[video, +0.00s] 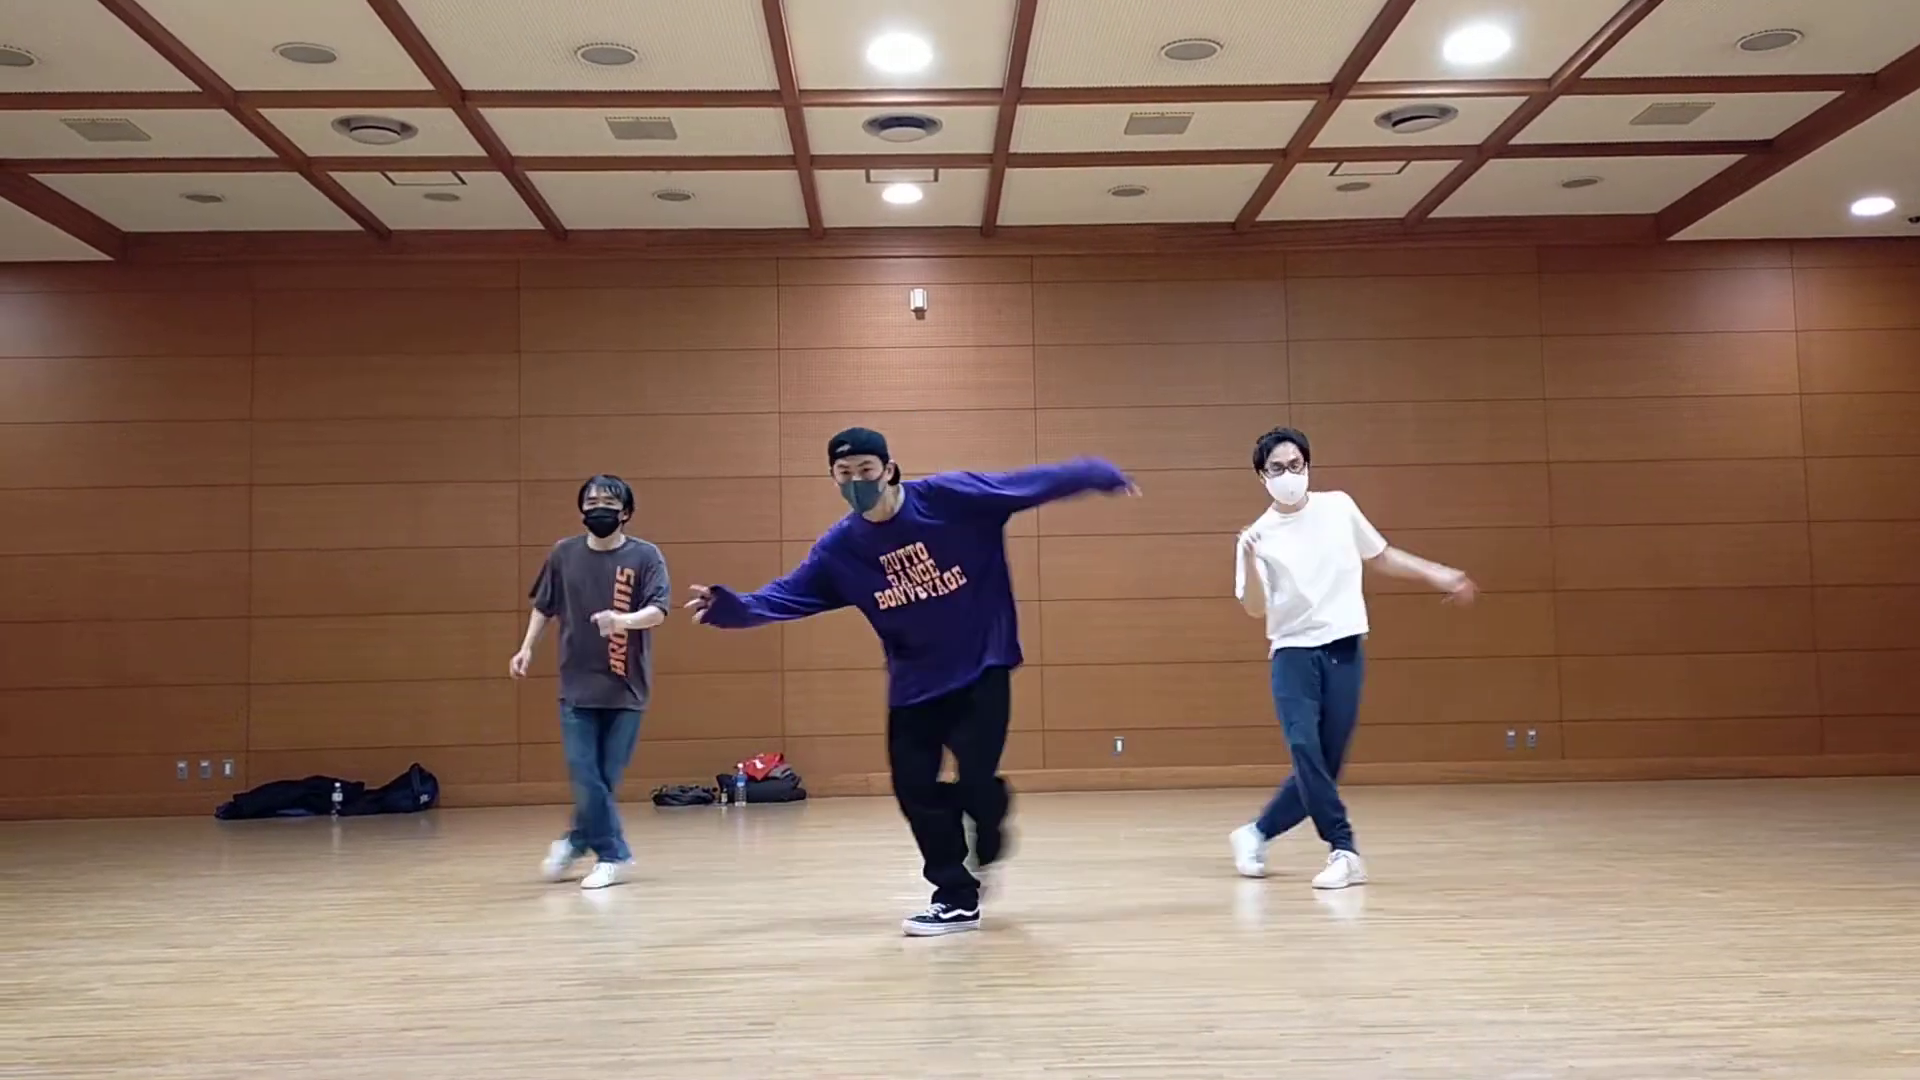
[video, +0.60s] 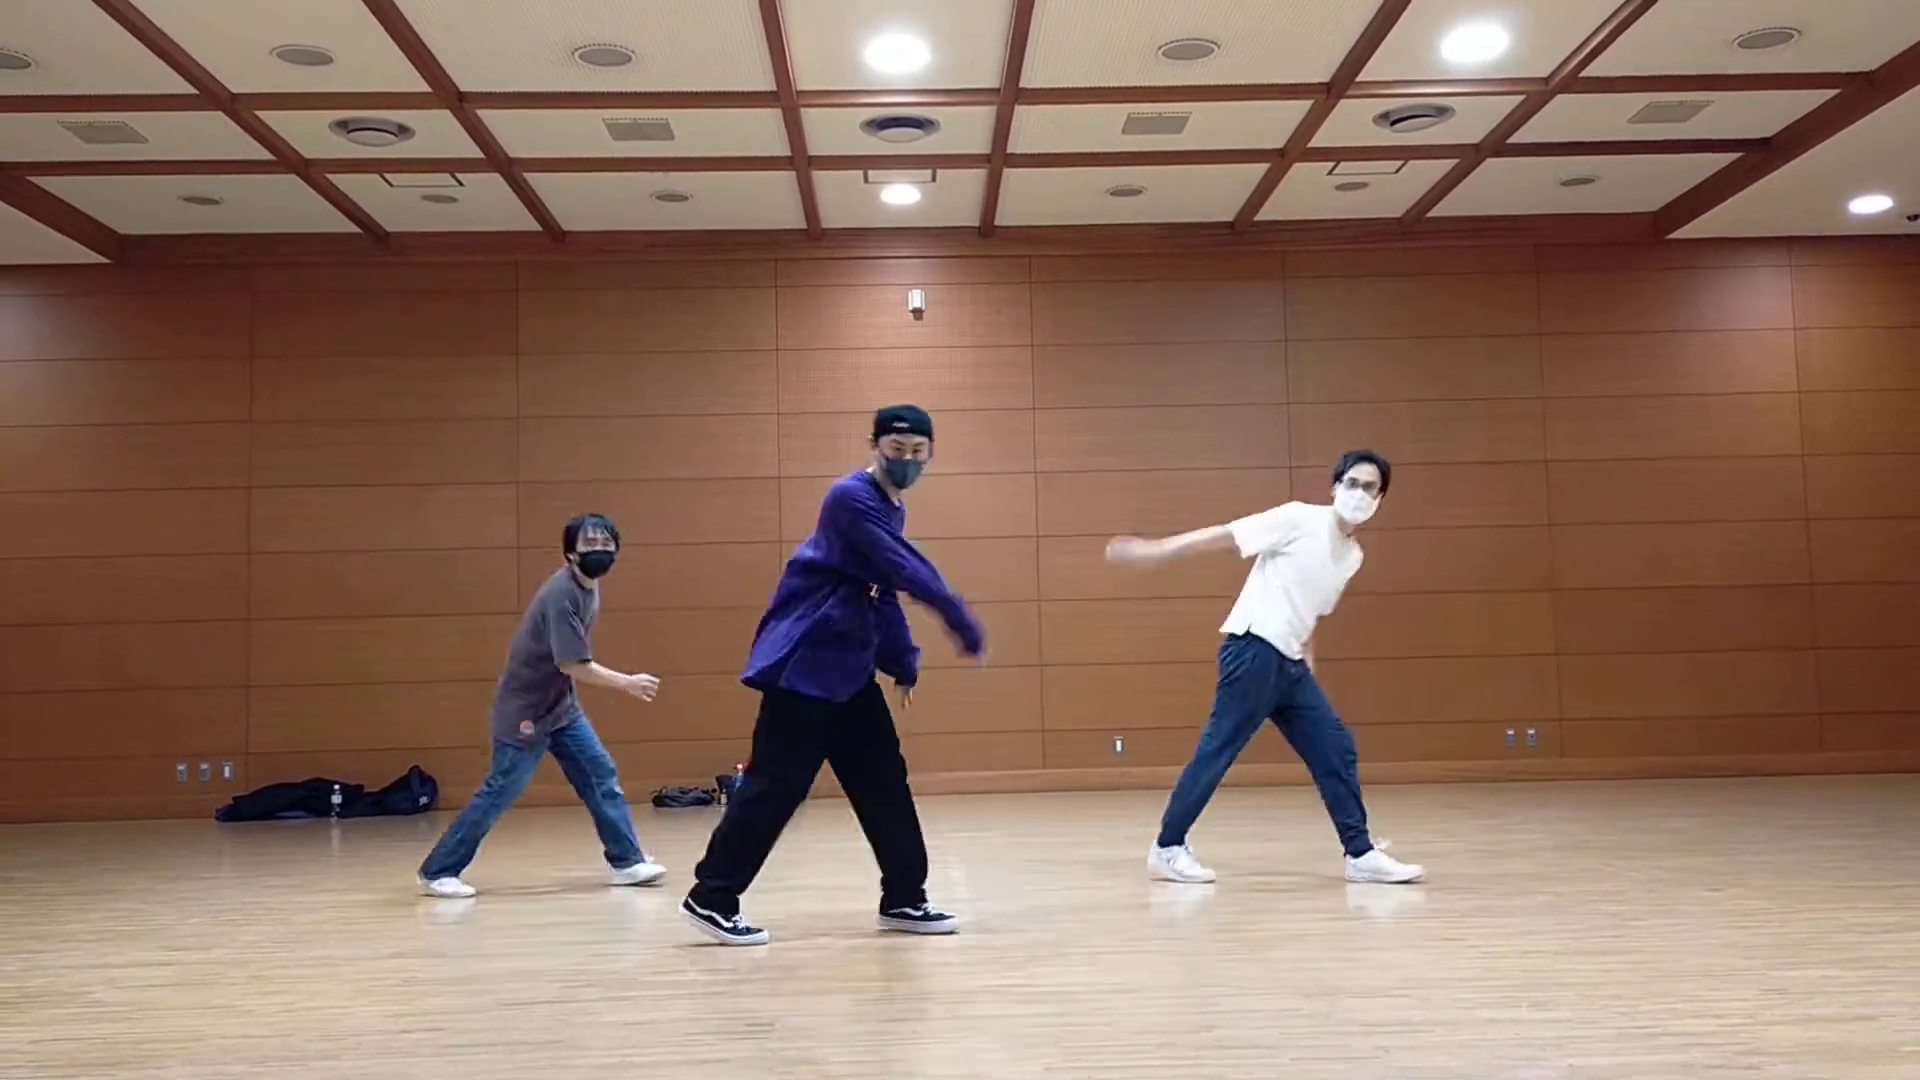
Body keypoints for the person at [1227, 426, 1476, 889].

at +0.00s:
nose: (1290, 473)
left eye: (1296, 464)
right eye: (1279, 468)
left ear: (1308, 467)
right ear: (1263, 478)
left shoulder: (1338, 505)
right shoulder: (1259, 535)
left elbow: (1381, 556)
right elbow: (1254, 604)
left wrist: (1441, 575)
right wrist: (1249, 560)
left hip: (1344, 644)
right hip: (1293, 649)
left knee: (1328, 760)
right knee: (1302, 747)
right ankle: (1343, 851)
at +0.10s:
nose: (1293, 483)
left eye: (1301, 474)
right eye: (1283, 475)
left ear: (1311, 477)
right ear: (1265, 479)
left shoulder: (1327, 523)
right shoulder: (1252, 535)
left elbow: (1352, 583)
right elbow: (1233, 582)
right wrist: (1233, 518)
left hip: (1323, 656)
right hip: (1274, 656)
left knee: (1287, 754)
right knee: (1290, 741)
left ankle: (1231, 842)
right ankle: (1281, 840)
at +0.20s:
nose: (1297, 474)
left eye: (1306, 467)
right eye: (1289, 464)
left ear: (1314, 473)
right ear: (1269, 464)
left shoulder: (1314, 521)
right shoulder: (1242, 517)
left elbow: (1317, 590)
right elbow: (1226, 566)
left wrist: (1331, 637)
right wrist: (1247, 504)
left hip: (1309, 651)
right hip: (1265, 649)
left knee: (1300, 758)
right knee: (1271, 750)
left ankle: (1234, 840)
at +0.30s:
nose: (1311, 473)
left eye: (1320, 467)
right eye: (1303, 462)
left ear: (1326, 476)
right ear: (1281, 464)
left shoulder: (1310, 526)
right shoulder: (1250, 511)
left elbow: (1290, 598)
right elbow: (1216, 561)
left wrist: (1308, 651)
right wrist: (1272, 525)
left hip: (1290, 656)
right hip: (1246, 652)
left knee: (1328, 743)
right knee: (1234, 752)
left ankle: (1270, 833)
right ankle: (1181, 847)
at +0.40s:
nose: (1330, 487)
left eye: (1339, 481)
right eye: (1323, 476)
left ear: (1343, 492)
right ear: (1300, 476)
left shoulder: (1313, 543)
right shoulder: (1270, 516)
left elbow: (1279, 612)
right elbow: (1216, 556)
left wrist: (1298, 666)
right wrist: (1244, 584)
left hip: (1272, 657)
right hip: (1232, 649)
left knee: (1324, 744)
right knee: (1212, 747)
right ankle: (1170, 851)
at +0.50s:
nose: (1346, 502)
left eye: (1356, 497)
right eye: (1338, 491)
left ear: (1362, 509)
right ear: (1318, 493)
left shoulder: (1323, 561)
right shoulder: (1287, 527)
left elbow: (1280, 624)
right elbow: (1221, 558)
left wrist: (1295, 681)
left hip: (1270, 664)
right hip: (1235, 652)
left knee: (1319, 752)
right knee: (1206, 752)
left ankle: (1366, 851)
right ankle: (1163, 852)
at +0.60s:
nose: (1359, 494)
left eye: (1370, 489)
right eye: (1352, 484)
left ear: (1379, 502)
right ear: (1335, 488)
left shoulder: (1351, 557)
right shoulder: (1299, 518)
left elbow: (1309, 614)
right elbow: (1225, 535)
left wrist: (1307, 671)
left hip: (1289, 664)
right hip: (1253, 649)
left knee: (1334, 748)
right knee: (1219, 747)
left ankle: (1360, 854)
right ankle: (1167, 848)